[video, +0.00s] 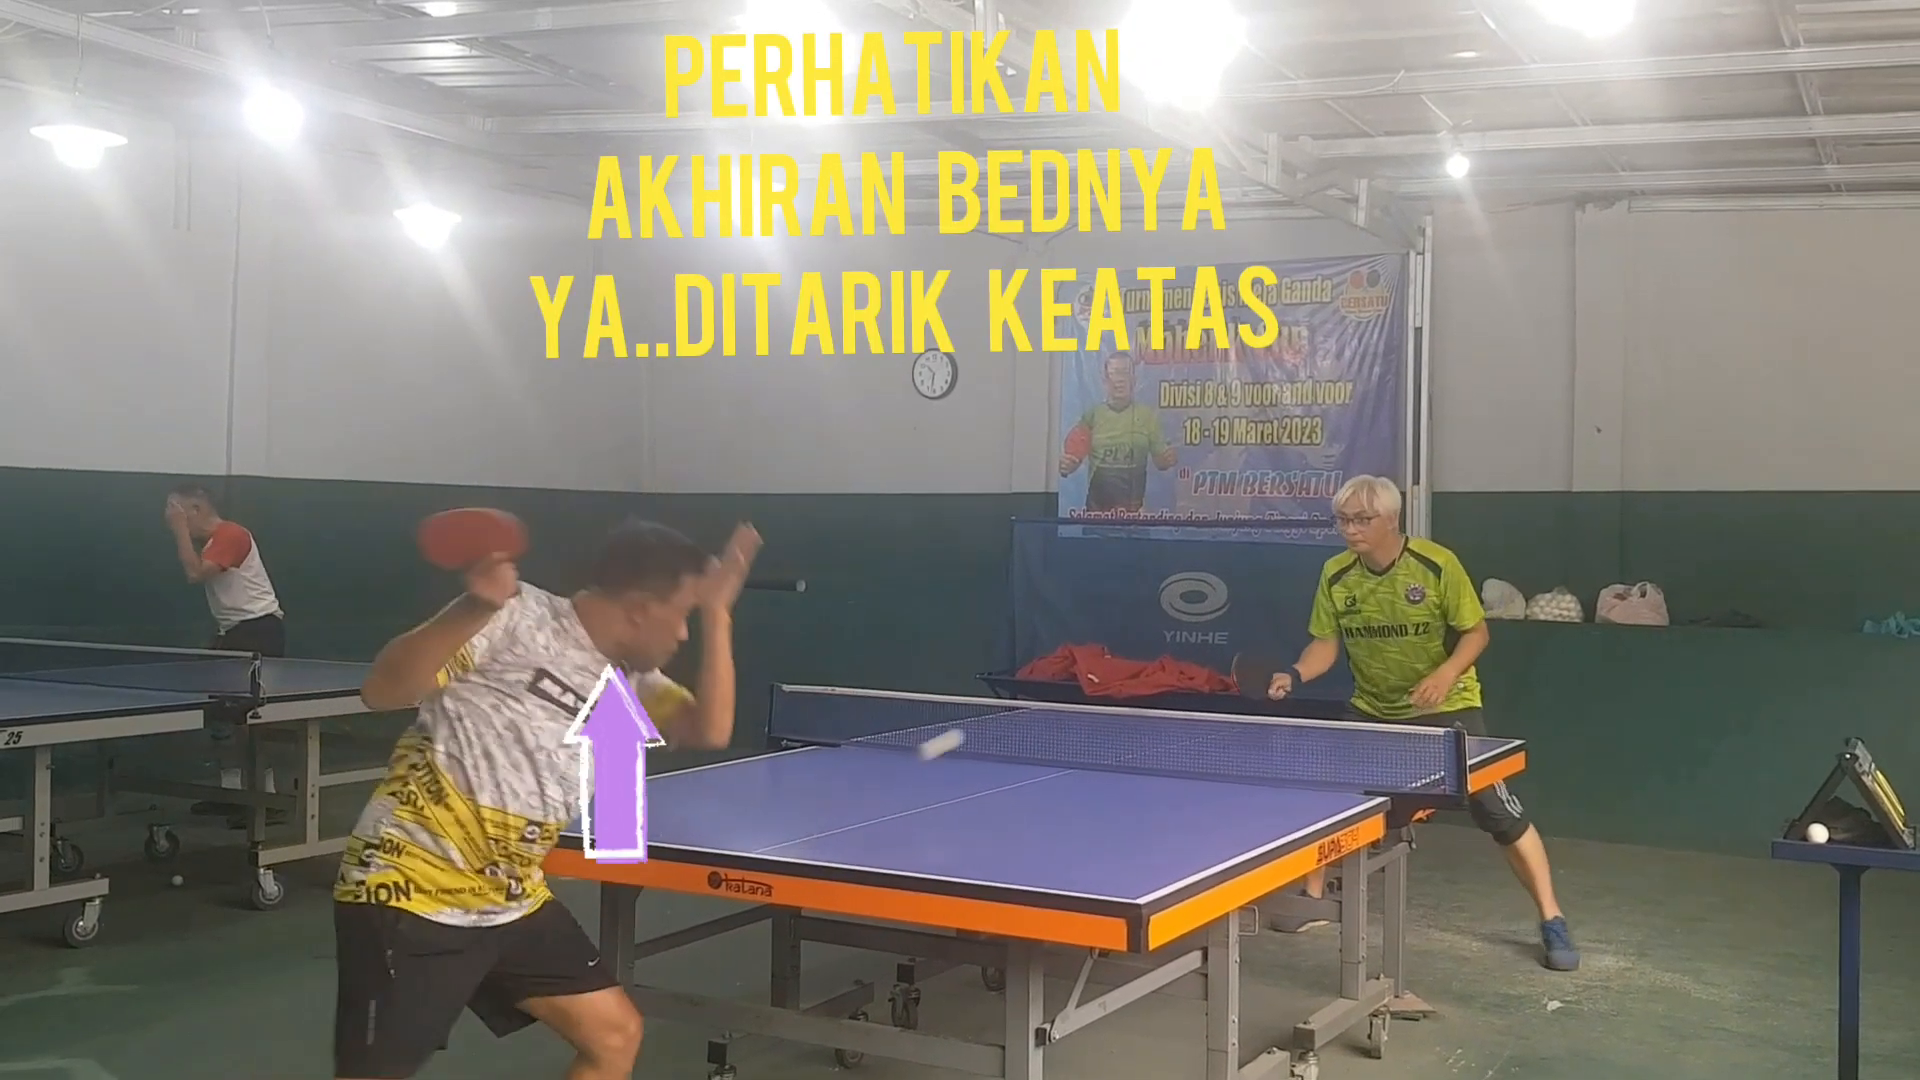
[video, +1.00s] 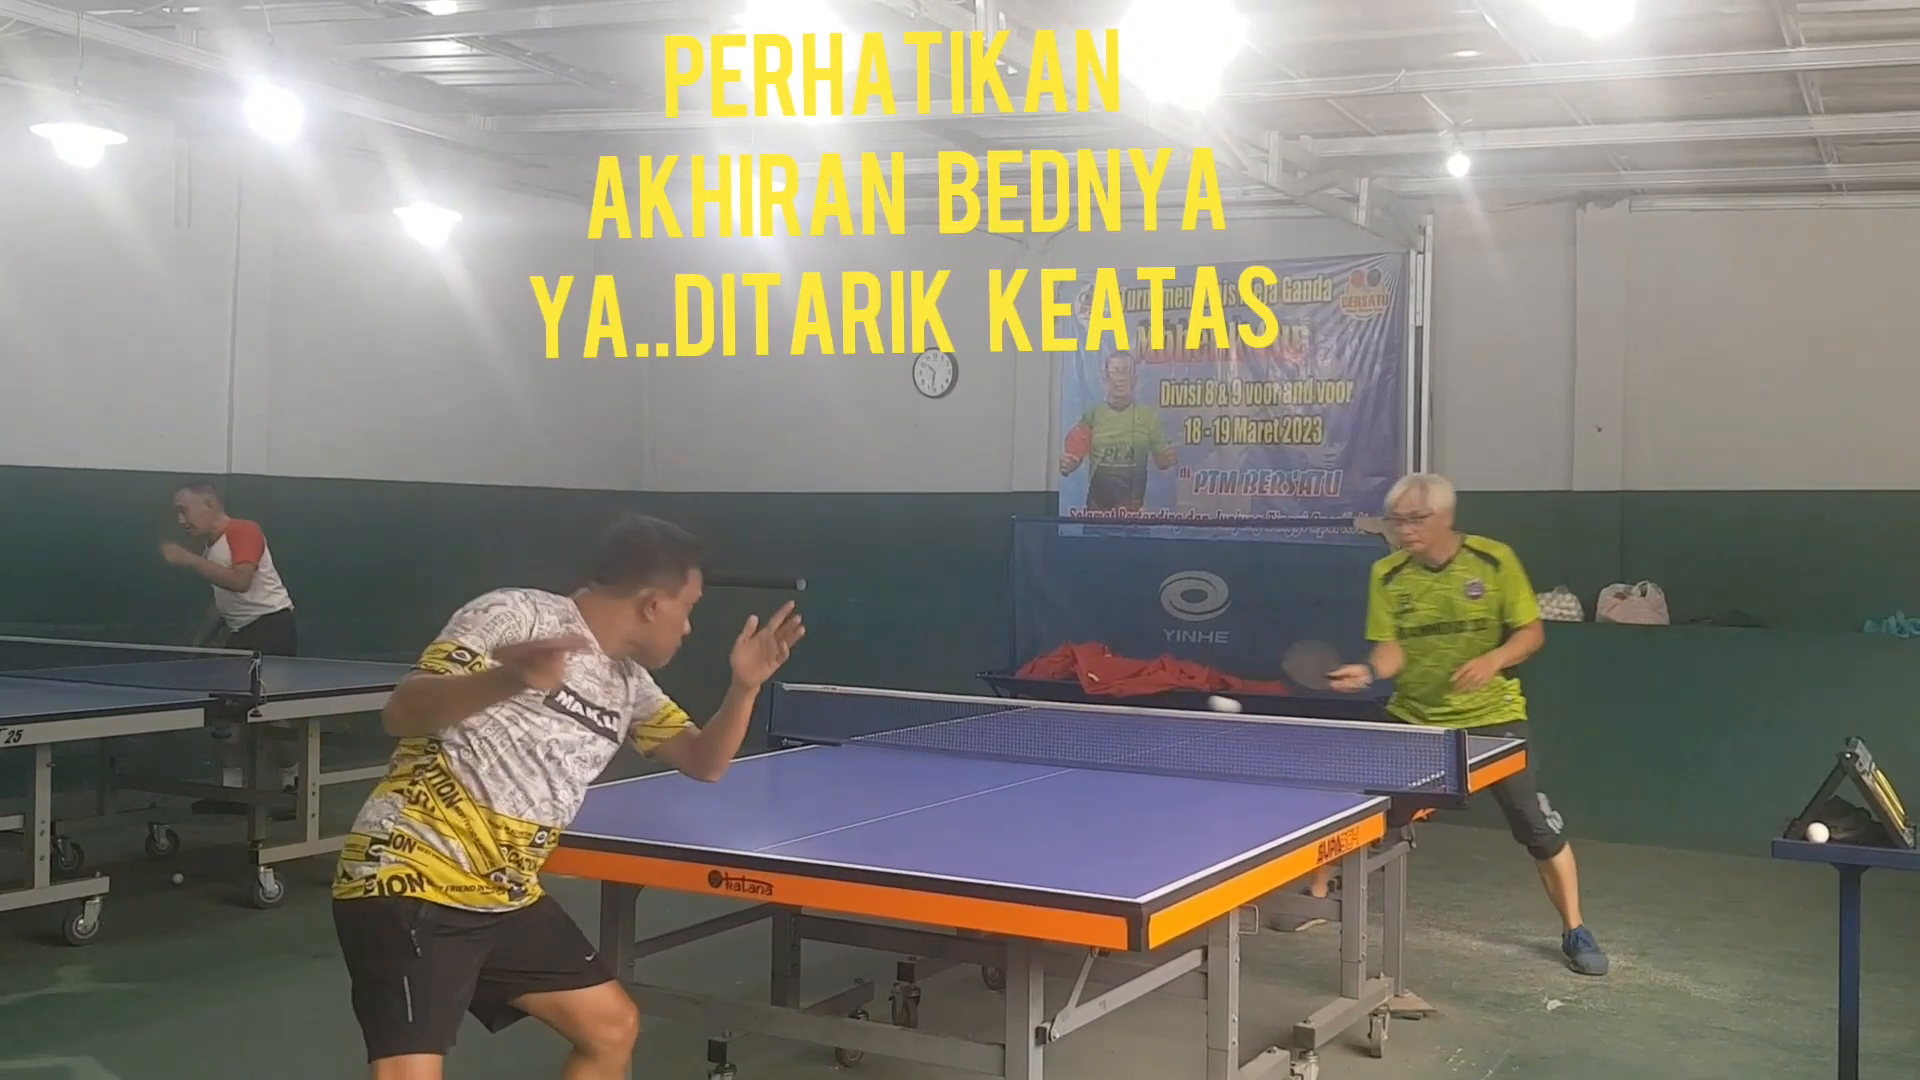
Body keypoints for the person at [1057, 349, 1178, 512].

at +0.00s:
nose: (1119, 380)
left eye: (1125, 373)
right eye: (1112, 374)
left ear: (1134, 379)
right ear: (1104, 379)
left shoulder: (1146, 416)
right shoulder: (1093, 416)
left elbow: (1160, 460)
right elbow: (1076, 448)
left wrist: (1167, 458)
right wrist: (1066, 465)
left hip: (1133, 504)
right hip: (1098, 505)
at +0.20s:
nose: (1119, 379)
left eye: (1125, 372)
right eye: (1113, 372)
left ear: (1133, 379)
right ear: (1105, 379)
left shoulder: (1146, 416)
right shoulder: (1092, 416)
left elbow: (1159, 459)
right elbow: (1076, 449)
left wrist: (1167, 458)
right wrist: (1066, 464)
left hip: (1133, 505)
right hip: (1098, 505)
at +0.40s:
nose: (1119, 379)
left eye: (1125, 372)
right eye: (1113, 372)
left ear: (1133, 379)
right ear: (1105, 379)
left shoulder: (1146, 416)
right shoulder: (1092, 416)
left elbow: (1160, 460)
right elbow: (1076, 449)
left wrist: (1167, 458)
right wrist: (1066, 465)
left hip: (1133, 504)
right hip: (1098, 505)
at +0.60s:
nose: (1119, 379)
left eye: (1125, 372)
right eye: (1113, 372)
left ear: (1134, 379)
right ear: (1105, 379)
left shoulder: (1147, 416)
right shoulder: (1093, 415)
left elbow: (1160, 461)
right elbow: (1077, 449)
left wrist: (1168, 458)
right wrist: (1067, 464)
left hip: (1132, 503)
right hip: (1098, 505)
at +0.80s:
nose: (1120, 378)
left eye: (1125, 372)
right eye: (1114, 372)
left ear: (1134, 378)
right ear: (1105, 378)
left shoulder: (1147, 415)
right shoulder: (1093, 415)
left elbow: (1160, 461)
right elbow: (1077, 449)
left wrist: (1168, 458)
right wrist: (1067, 464)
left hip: (1133, 503)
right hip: (1098, 504)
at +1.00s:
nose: (1120, 378)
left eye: (1126, 372)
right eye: (1114, 372)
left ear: (1134, 379)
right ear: (1105, 378)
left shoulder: (1147, 416)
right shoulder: (1093, 416)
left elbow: (1161, 461)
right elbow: (1077, 449)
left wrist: (1168, 458)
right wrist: (1067, 464)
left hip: (1133, 504)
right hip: (1098, 505)